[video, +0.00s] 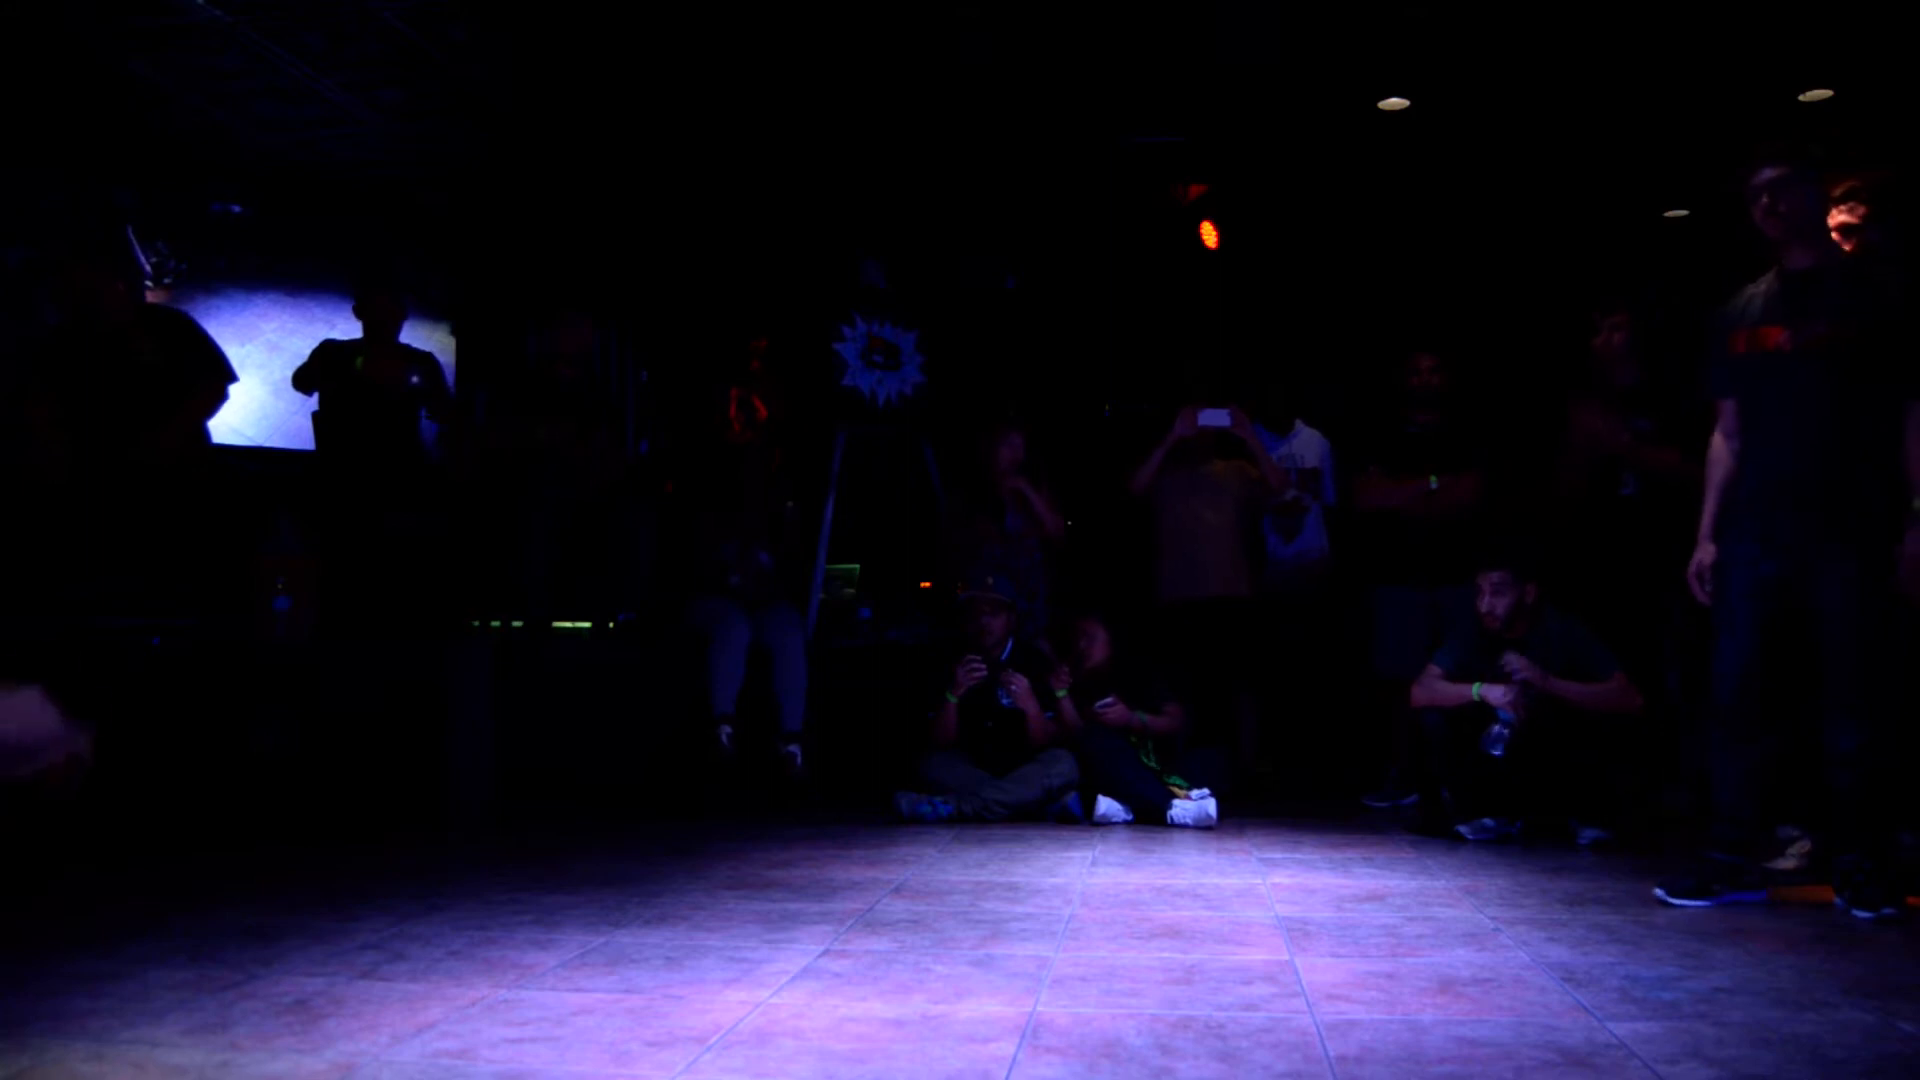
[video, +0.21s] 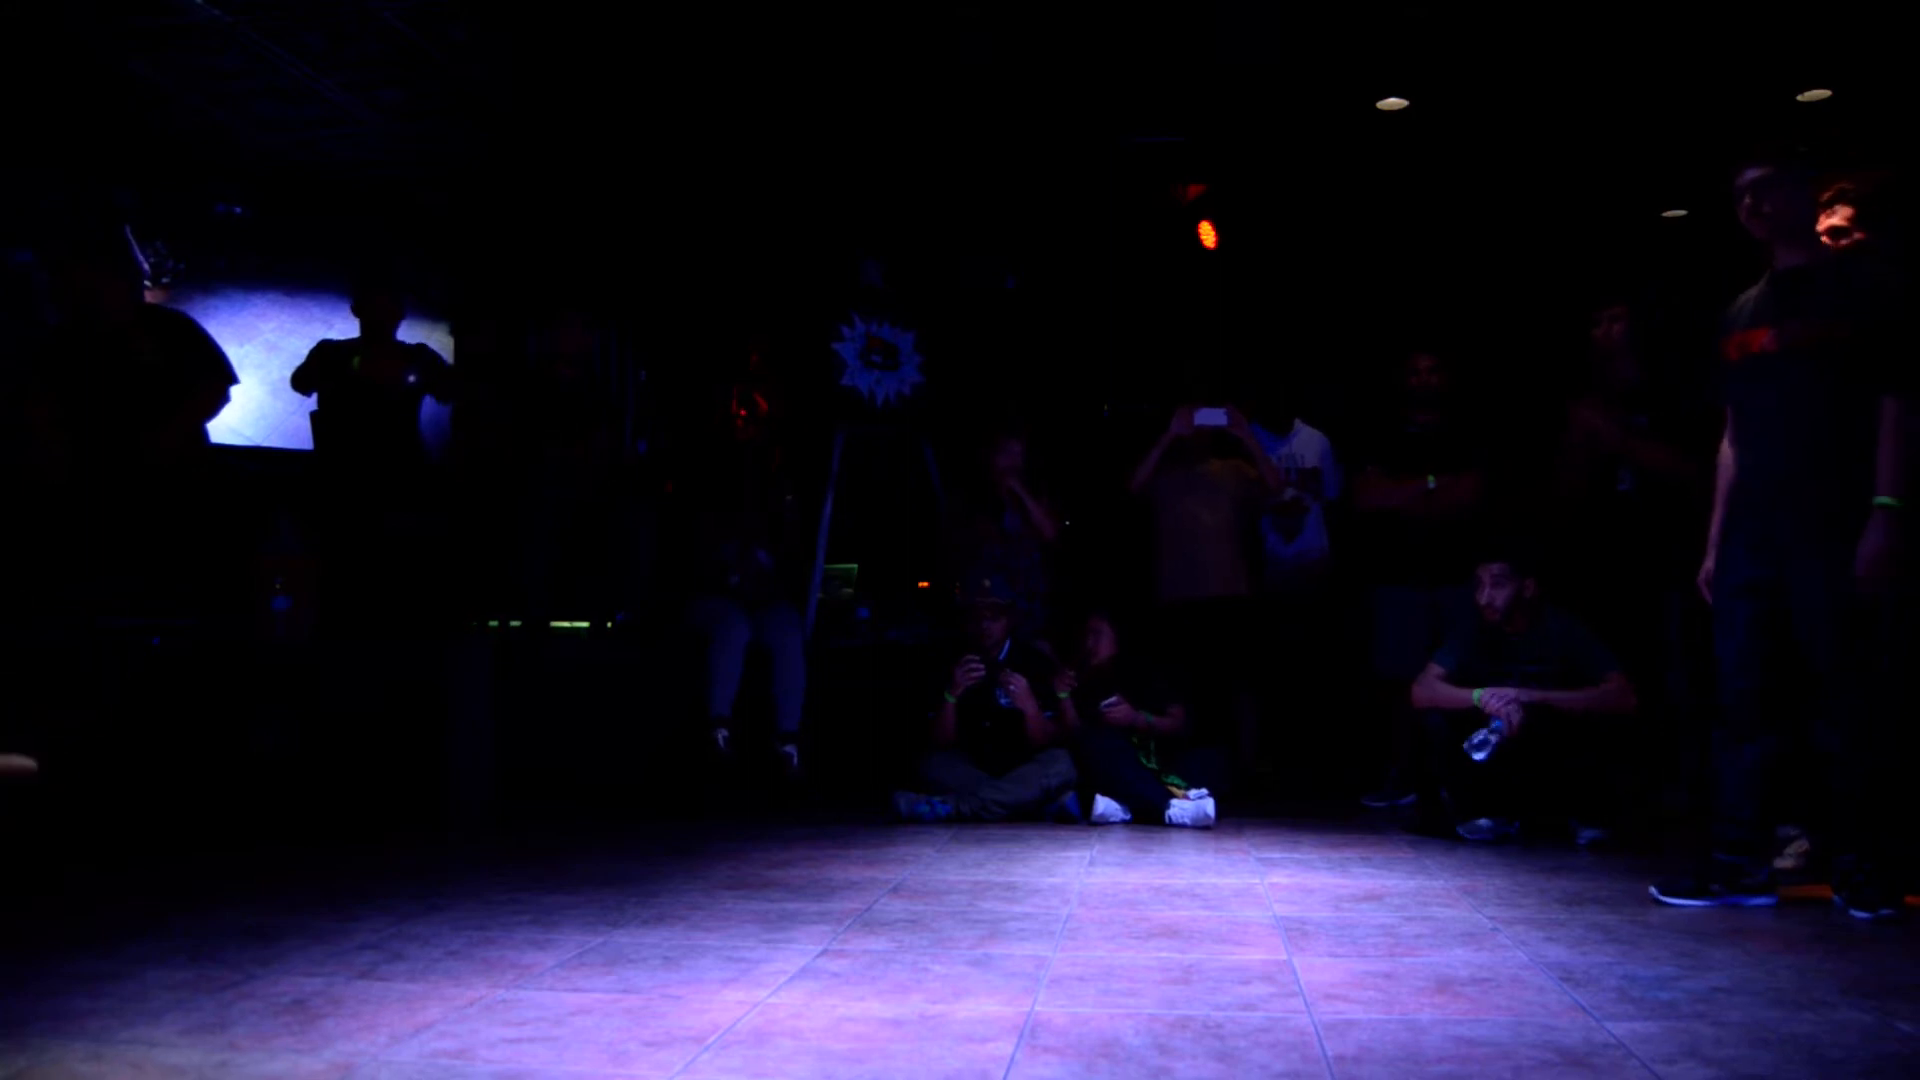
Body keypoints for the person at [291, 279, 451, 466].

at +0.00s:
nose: (384, 321)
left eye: (392, 311)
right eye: (376, 310)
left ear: (403, 315)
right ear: (358, 312)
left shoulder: (421, 363)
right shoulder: (332, 353)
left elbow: (443, 414)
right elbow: (300, 383)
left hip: (401, 459)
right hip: (343, 456)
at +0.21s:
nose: (380, 319)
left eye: (388, 309)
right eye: (373, 308)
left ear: (400, 313)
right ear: (356, 309)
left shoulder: (416, 357)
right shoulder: (330, 353)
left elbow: (452, 391)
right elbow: (300, 384)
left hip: (401, 458)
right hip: (342, 458)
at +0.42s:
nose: (383, 320)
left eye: (391, 309)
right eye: (375, 309)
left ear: (403, 313)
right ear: (358, 311)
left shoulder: (414, 355)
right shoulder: (332, 354)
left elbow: (461, 354)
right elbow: (302, 387)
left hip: (401, 458)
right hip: (343, 458)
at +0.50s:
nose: (382, 319)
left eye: (390, 309)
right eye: (373, 308)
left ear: (400, 313)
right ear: (355, 311)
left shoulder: (411, 354)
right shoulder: (329, 355)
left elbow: (459, 354)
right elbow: (300, 389)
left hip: (399, 458)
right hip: (341, 458)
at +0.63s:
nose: (381, 319)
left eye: (388, 310)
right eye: (372, 309)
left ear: (398, 313)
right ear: (353, 313)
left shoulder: (409, 356)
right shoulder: (328, 357)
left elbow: (459, 358)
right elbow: (300, 391)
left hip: (398, 459)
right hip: (341, 460)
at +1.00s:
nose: (387, 327)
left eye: (394, 318)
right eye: (378, 317)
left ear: (404, 321)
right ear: (360, 320)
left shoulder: (417, 362)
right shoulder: (335, 358)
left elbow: (463, 364)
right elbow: (303, 387)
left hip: (405, 463)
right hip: (345, 463)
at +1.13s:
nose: (389, 324)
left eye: (396, 313)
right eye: (382, 313)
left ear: (407, 317)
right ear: (364, 318)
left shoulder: (422, 360)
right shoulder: (340, 356)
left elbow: (466, 353)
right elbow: (308, 385)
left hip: (408, 461)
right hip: (349, 462)